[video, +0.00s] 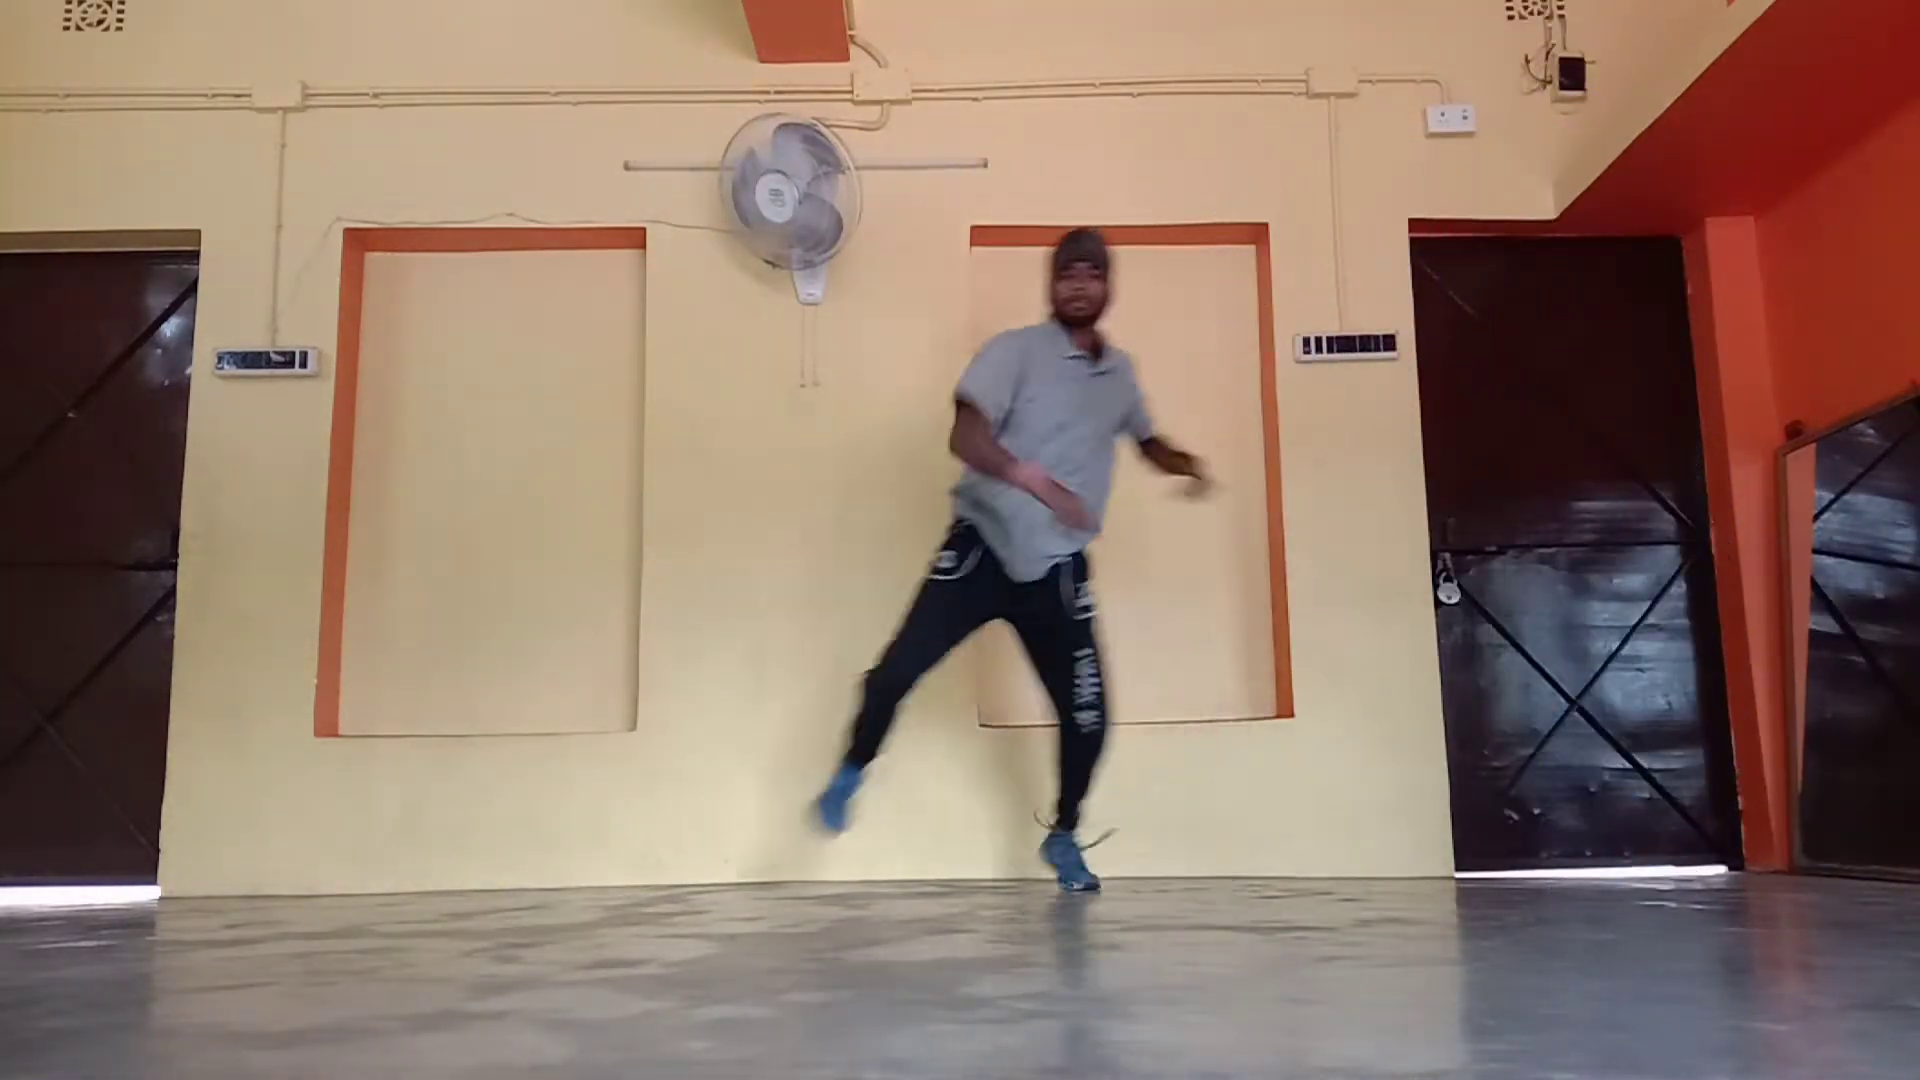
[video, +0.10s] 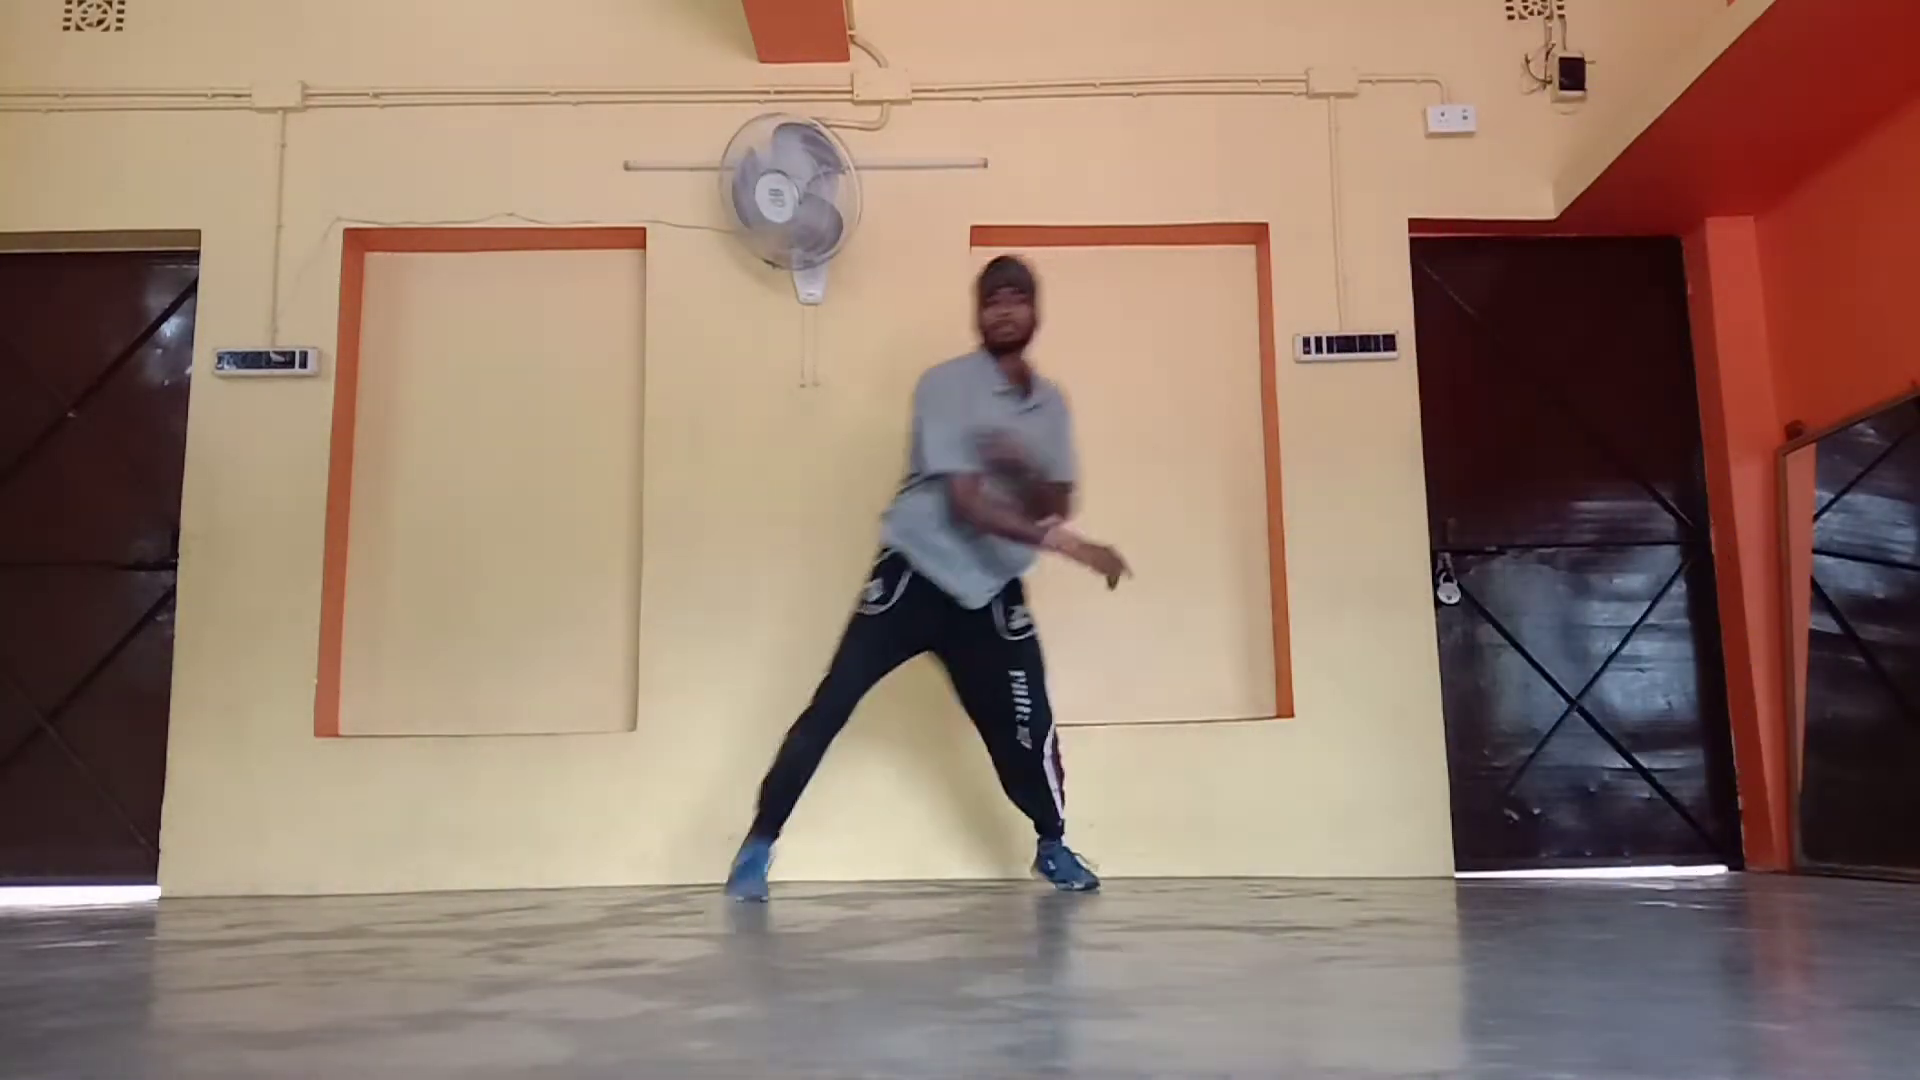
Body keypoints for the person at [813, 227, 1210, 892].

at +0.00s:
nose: (1079, 286)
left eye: (1092, 276)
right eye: (1068, 275)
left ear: (1109, 288)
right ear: (1051, 285)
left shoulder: (1116, 371)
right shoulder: (1013, 352)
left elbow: (1147, 441)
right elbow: (967, 440)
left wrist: (1183, 463)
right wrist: (1037, 481)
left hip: (1059, 566)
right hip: (982, 547)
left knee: (1087, 710)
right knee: (893, 673)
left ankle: (1063, 835)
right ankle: (852, 770)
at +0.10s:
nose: (1004, 310)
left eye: (1017, 300)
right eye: (993, 301)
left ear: (1037, 312)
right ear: (978, 314)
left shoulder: (1049, 403)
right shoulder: (946, 386)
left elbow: (1059, 505)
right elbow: (967, 504)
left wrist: (1022, 468)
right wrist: (1074, 547)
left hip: (992, 588)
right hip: (913, 573)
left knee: (1027, 723)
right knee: (831, 706)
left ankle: (1053, 844)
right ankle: (759, 844)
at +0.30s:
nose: (902, 286)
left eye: (916, 275)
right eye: (891, 275)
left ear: (939, 288)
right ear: (877, 286)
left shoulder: (971, 379)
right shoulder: (834, 366)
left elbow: (983, 483)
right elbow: (781, 451)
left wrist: (945, 552)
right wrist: (792, 534)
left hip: (913, 573)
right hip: (828, 567)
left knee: (921, 709)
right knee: (782, 708)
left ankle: (871, 815)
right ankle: (751, 846)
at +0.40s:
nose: (874, 266)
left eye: (889, 255)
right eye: (864, 256)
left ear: (914, 269)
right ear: (850, 269)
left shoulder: (954, 353)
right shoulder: (816, 346)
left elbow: (1012, 456)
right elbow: (737, 407)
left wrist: (1073, 539)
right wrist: (644, 449)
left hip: (902, 540)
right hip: (827, 538)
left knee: (832, 680)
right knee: (775, 681)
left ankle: (791, 834)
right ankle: (781, 813)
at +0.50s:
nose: (858, 297)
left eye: (873, 286)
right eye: (848, 287)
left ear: (901, 300)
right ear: (834, 301)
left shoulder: (936, 377)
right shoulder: (809, 375)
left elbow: (1032, 428)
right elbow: (720, 385)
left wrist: (1121, 479)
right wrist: (620, 386)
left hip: (879, 566)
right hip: (814, 562)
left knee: (782, 693)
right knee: (739, 685)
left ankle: (756, 862)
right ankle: (834, 759)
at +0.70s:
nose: (876, 273)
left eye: (889, 263)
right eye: (864, 265)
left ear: (913, 279)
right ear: (851, 284)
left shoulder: (961, 346)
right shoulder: (841, 376)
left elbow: (1024, 445)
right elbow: (794, 469)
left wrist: (1056, 544)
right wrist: (739, 545)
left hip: (942, 536)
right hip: (874, 545)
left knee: (867, 660)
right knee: (865, 687)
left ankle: (865, 816)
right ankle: (911, 848)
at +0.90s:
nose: (917, 293)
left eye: (928, 280)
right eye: (902, 283)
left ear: (948, 288)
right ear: (885, 296)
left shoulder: (988, 348)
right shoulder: (884, 390)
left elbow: (1053, 436)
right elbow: (887, 475)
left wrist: (958, 448)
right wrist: (877, 540)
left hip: (1011, 551)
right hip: (938, 573)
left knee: (1087, 689)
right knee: (879, 690)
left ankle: (1180, 806)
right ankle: (919, 840)